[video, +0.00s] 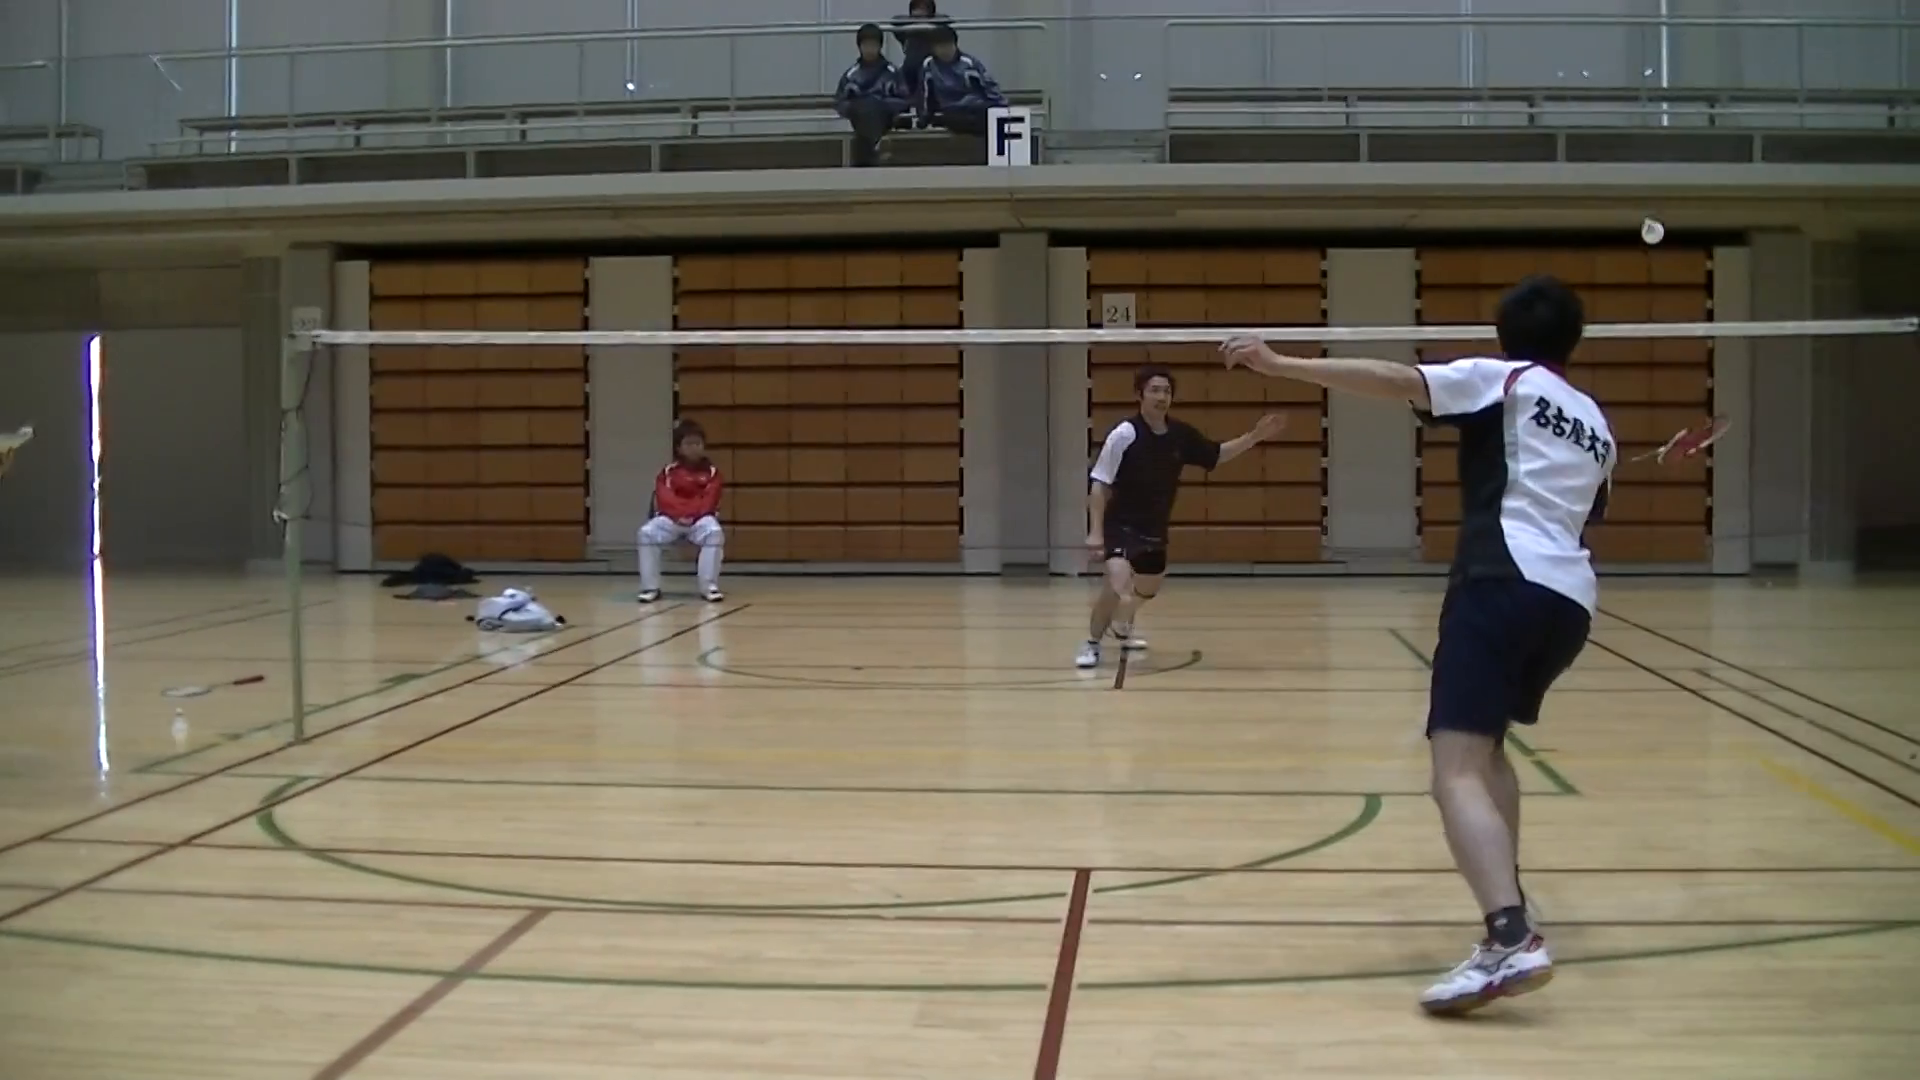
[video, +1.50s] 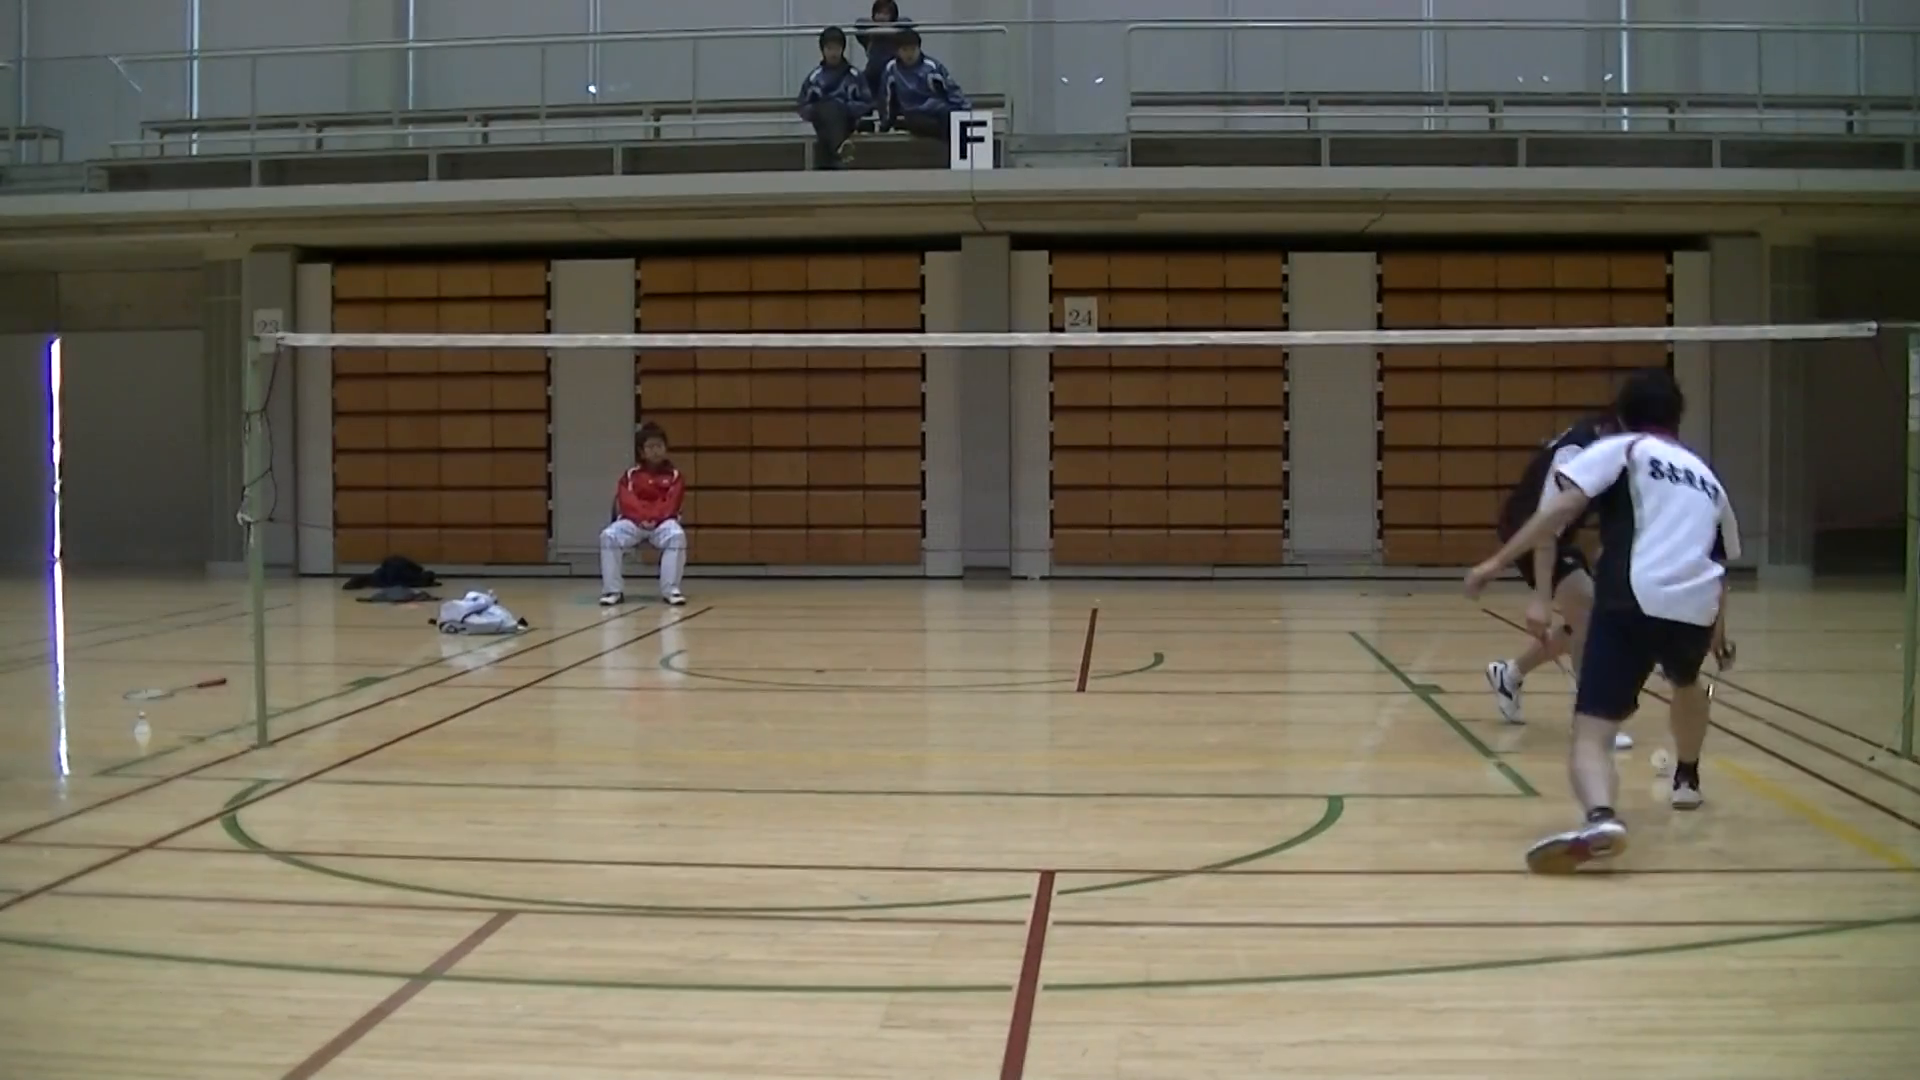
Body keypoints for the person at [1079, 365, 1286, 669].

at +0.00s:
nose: (1161, 396)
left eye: (1166, 391)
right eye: (1154, 390)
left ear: (1171, 397)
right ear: (1140, 395)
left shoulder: (1179, 434)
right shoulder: (1124, 433)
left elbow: (1216, 455)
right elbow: (1099, 484)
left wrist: (1256, 435)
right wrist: (1096, 532)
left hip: (1155, 525)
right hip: (1120, 523)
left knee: (1147, 588)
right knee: (1117, 583)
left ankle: (1124, 623)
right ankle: (1092, 643)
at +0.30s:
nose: (1212, 379)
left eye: (1215, 373)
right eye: (1206, 371)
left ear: (1214, 376)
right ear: (1186, 372)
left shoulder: (1188, 407)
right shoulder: (1181, 408)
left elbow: (1171, 463)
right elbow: (1172, 462)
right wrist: (1201, 505)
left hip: (1166, 509)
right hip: (1150, 510)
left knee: (1185, 583)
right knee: (1155, 597)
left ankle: (1123, 638)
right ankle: (1074, 612)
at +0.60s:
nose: (1349, 426)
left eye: (1352, 419)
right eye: (1342, 417)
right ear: (1320, 417)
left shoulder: (1303, 448)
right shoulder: (1308, 454)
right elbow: (1320, 517)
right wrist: (1346, 567)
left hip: (1251, 540)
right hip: (1255, 541)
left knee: (1224, 613)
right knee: (1314, 591)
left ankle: (1156, 647)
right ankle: (1338, 685)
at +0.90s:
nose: (1470, 402)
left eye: (1476, 395)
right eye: (1465, 392)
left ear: (1479, 393)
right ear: (1443, 386)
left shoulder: (1445, 424)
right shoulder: (1417, 415)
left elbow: (1412, 484)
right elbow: (1389, 481)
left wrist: (1408, 537)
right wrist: (1375, 544)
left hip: (1385, 507)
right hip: (1354, 508)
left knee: (1419, 588)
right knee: (1397, 590)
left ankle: (1385, 667)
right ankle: (1361, 668)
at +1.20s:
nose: (1546, 388)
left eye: (1550, 381)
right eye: (1541, 378)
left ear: (1551, 384)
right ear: (1524, 374)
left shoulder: (1546, 418)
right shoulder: (1488, 409)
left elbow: (1527, 484)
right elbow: (1458, 478)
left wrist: (1527, 530)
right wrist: (1446, 542)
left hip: (1509, 525)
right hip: (1473, 524)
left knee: (1516, 604)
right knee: (1514, 592)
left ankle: (1483, 687)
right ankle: (1517, 693)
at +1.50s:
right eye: (1639, 435)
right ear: (1622, 425)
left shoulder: (1624, 448)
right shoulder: (1578, 446)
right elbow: (1546, 524)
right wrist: (1542, 599)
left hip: (1560, 536)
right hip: (1530, 531)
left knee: (1585, 620)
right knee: (1589, 609)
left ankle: (1511, 673)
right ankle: (1598, 720)